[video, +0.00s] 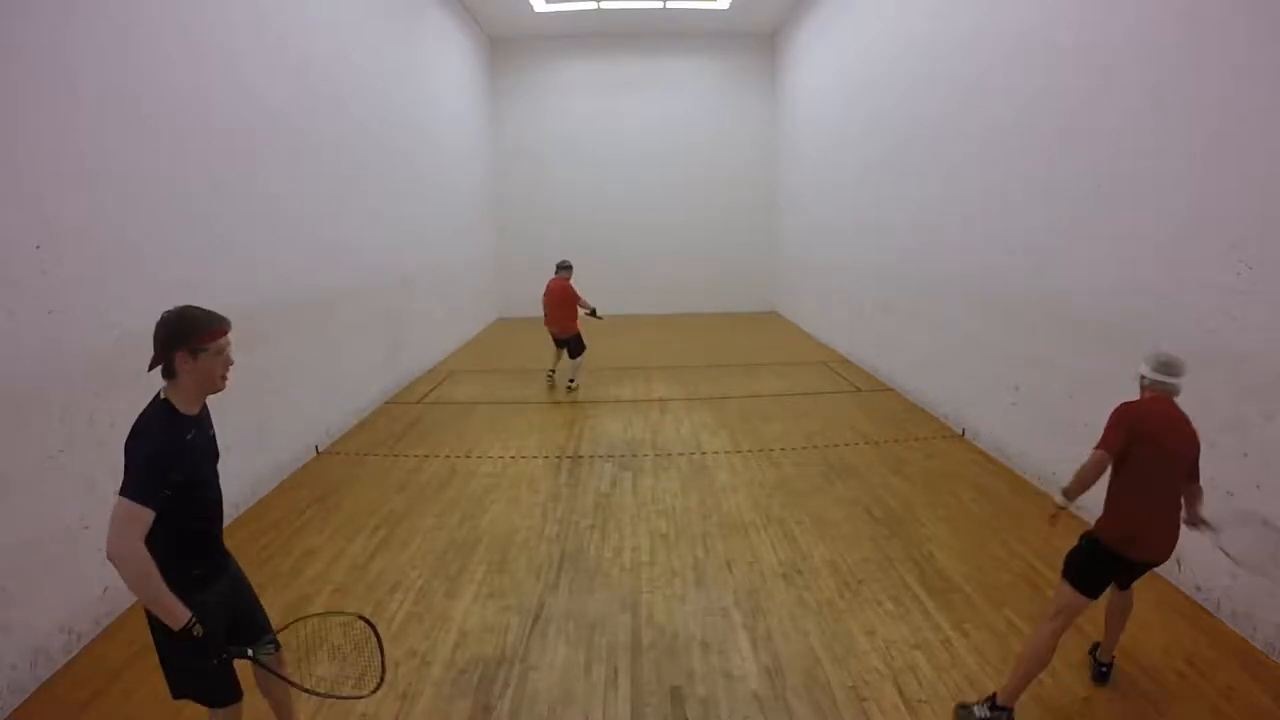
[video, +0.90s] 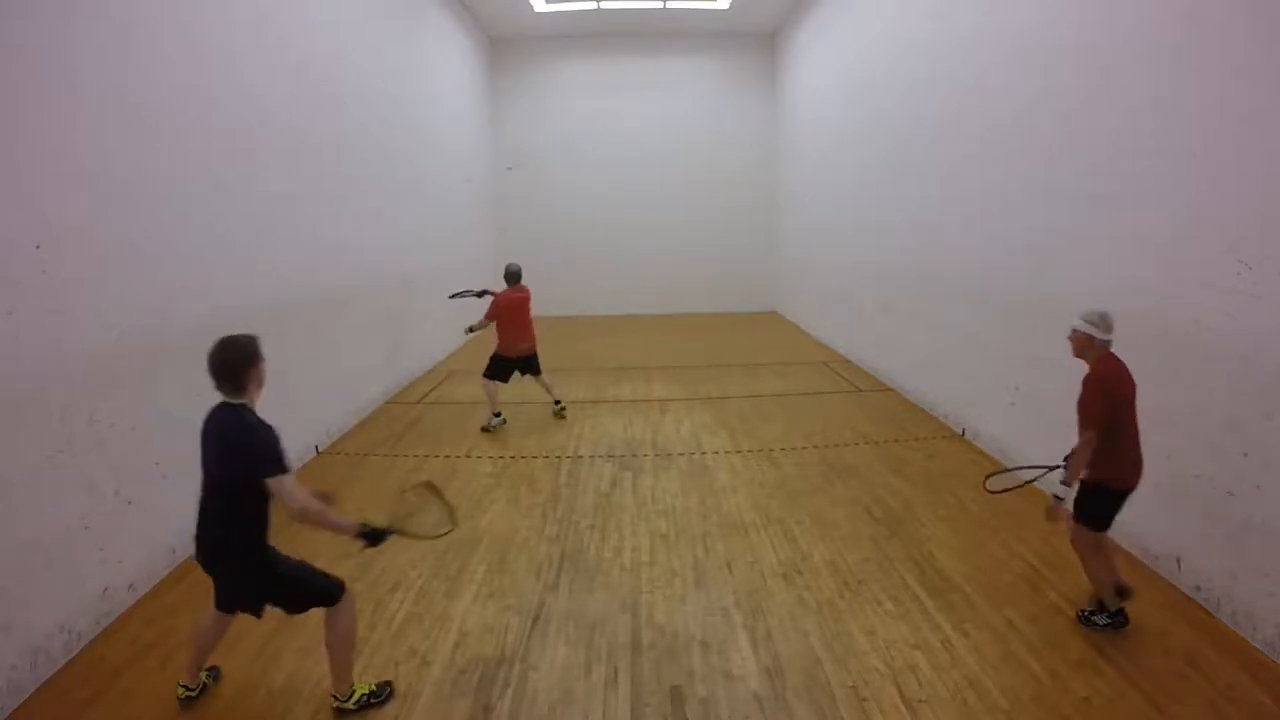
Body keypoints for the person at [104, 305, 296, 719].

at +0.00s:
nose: (231, 361)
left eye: (228, 350)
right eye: (219, 352)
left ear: (188, 362)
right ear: (184, 362)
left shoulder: (195, 407)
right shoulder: (154, 437)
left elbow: (190, 500)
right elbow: (122, 547)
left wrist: (213, 564)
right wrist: (186, 623)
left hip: (219, 567)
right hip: (182, 595)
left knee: (270, 655)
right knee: (225, 702)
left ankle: (289, 716)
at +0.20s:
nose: (214, 357)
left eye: (212, 347)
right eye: (202, 349)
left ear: (176, 359)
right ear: (169, 359)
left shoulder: (189, 402)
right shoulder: (143, 431)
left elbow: (183, 488)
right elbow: (110, 532)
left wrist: (202, 548)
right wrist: (166, 605)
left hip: (208, 554)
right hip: (172, 579)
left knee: (245, 628)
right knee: (217, 694)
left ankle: (234, 674)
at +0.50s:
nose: (208, 338)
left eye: (205, 331)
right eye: (203, 332)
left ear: (174, 343)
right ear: (187, 342)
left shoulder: (173, 389)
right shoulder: (169, 403)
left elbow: (181, 459)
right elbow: (151, 493)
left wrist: (215, 483)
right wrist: (177, 563)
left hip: (196, 530)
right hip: (197, 543)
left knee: (207, 615)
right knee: (242, 648)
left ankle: (210, 684)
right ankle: (240, 714)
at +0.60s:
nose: (209, 324)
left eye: (206, 315)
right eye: (205, 317)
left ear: (165, 330)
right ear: (192, 325)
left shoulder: (159, 378)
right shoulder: (185, 386)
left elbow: (157, 445)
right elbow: (176, 474)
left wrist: (211, 470)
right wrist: (212, 542)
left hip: (177, 519)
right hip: (202, 527)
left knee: (205, 595)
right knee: (254, 621)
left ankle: (210, 675)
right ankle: (253, 711)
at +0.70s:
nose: (217, 331)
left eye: (214, 323)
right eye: (214, 325)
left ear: (173, 337)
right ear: (204, 332)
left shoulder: (166, 385)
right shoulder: (199, 390)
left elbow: (177, 462)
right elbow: (200, 472)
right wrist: (244, 533)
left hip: (179, 519)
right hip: (206, 524)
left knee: (209, 592)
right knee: (281, 611)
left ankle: (195, 675)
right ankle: (285, 711)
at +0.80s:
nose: (233, 358)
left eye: (229, 350)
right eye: (230, 351)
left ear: (190, 365)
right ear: (222, 361)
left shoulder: (188, 409)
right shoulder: (216, 421)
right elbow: (237, 507)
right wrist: (295, 546)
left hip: (191, 539)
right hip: (221, 546)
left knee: (211, 607)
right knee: (315, 606)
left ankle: (190, 685)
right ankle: (334, 703)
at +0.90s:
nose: (264, 368)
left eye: (261, 361)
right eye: (262, 362)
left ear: (217, 376)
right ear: (255, 371)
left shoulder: (216, 419)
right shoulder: (257, 434)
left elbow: (249, 478)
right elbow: (298, 507)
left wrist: (305, 495)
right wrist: (357, 529)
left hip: (211, 548)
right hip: (244, 558)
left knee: (224, 608)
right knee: (337, 596)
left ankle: (190, 683)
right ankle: (344, 691)